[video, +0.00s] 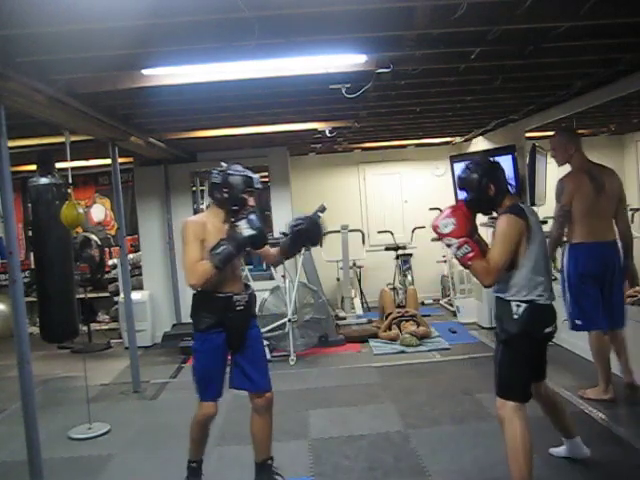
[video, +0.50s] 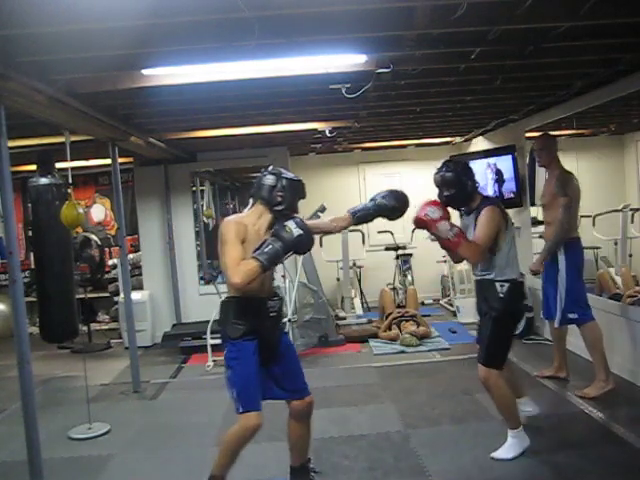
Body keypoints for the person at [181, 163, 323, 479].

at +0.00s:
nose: (249, 201)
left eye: (249, 195)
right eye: (244, 195)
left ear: (229, 194)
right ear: (224, 193)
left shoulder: (240, 224)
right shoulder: (195, 225)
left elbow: (271, 257)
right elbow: (195, 278)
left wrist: (297, 241)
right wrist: (231, 246)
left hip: (244, 318)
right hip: (210, 321)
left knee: (263, 399)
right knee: (208, 409)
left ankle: (264, 471)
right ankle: (194, 471)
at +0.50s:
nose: (295, 208)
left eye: (295, 202)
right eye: (291, 201)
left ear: (272, 196)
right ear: (275, 196)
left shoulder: (277, 224)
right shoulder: (232, 225)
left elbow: (330, 225)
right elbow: (238, 279)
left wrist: (373, 207)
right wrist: (278, 245)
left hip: (271, 325)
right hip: (241, 329)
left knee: (301, 403)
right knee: (251, 420)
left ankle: (300, 473)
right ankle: (215, 476)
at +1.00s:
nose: (323, 198)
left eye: (323, 192)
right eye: (322, 190)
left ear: (291, 187)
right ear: (314, 189)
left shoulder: (278, 221)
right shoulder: (292, 222)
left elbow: (302, 275)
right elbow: (319, 279)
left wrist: (326, 246)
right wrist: (336, 248)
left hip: (288, 322)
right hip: (288, 325)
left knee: (319, 402)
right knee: (292, 419)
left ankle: (325, 473)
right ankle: (251, 475)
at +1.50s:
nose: (369, 190)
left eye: (368, 184)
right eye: (367, 184)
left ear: (335, 183)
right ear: (359, 183)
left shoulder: (316, 217)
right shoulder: (364, 216)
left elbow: (299, 264)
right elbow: (394, 267)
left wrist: (321, 241)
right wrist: (399, 242)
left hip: (329, 309)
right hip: (357, 310)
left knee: (356, 387)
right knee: (370, 400)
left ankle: (349, 458)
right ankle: (360, 474)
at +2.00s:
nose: (375, 203)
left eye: (372, 199)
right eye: (374, 198)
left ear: (345, 200)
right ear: (371, 199)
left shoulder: (330, 228)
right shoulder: (381, 224)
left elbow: (304, 265)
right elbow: (408, 271)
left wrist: (327, 254)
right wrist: (397, 248)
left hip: (345, 312)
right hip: (375, 311)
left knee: (364, 367)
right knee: (397, 385)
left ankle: (357, 433)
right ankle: (395, 467)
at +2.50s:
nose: (366, 198)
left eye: (361, 195)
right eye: (365, 194)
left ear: (336, 197)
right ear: (360, 194)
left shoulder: (323, 222)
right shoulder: (373, 216)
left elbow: (296, 262)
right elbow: (396, 261)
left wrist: (321, 246)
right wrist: (397, 249)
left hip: (333, 300)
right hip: (364, 301)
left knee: (340, 361)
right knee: (380, 377)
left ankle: (330, 430)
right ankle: (380, 462)